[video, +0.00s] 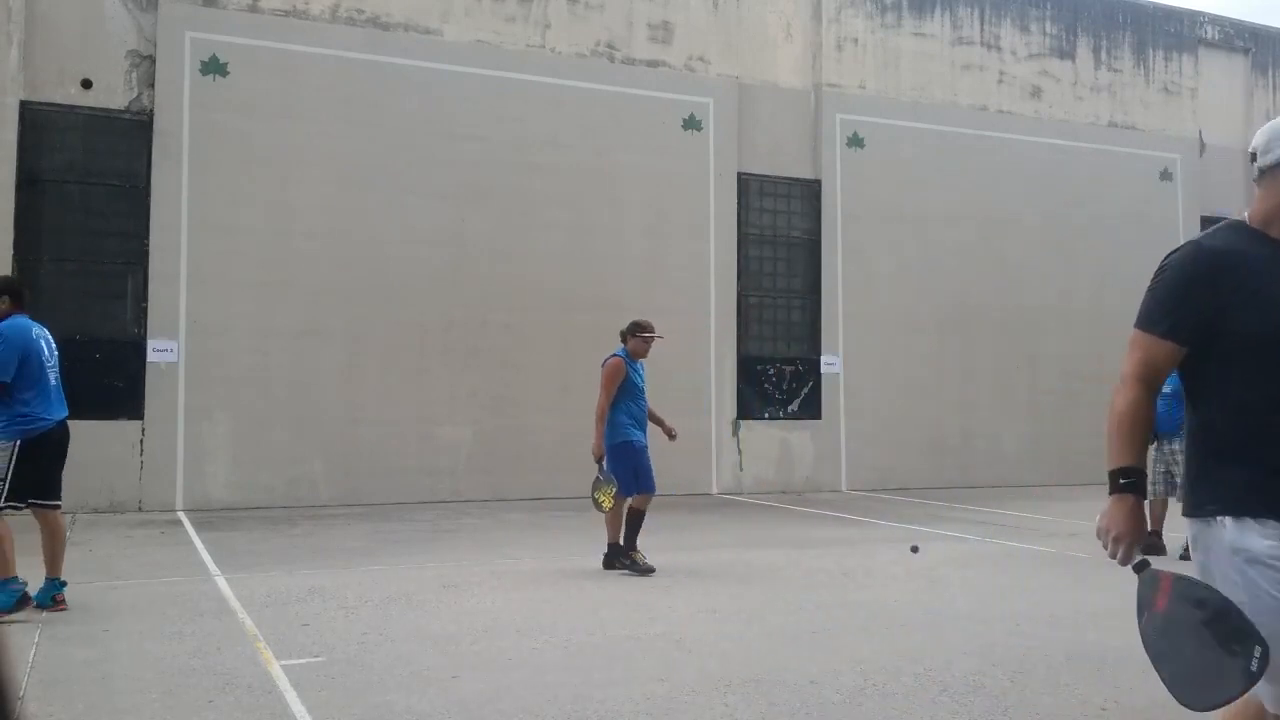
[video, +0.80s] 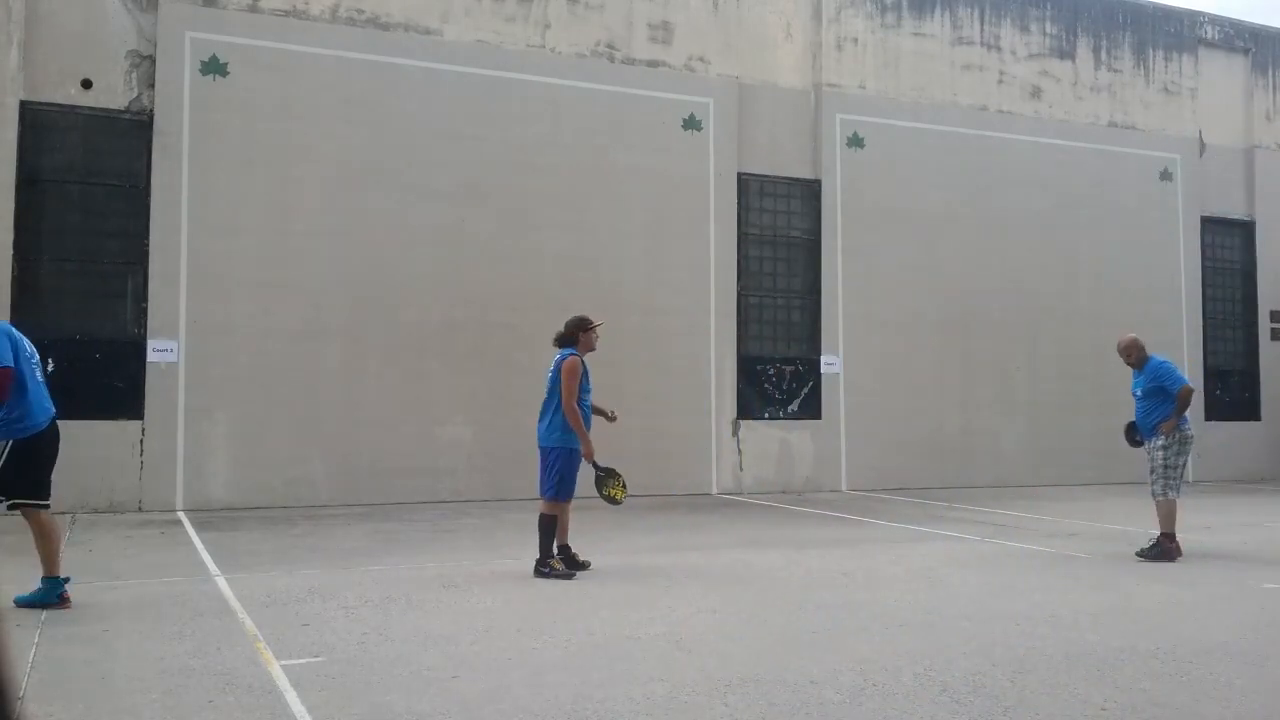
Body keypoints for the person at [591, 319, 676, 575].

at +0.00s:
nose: (649, 345)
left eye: (651, 341)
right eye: (645, 340)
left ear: (645, 343)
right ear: (630, 340)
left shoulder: (636, 365)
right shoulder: (617, 364)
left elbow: (639, 404)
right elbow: (603, 404)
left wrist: (663, 424)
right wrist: (598, 441)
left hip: (627, 437)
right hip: (626, 439)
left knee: (618, 493)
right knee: (645, 489)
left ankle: (613, 552)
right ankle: (629, 550)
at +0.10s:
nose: (638, 346)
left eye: (639, 342)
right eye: (634, 341)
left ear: (631, 343)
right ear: (618, 340)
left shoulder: (624, 365)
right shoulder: (606, 365)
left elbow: (627, 404)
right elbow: (595, 405)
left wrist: (649, 421)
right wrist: (593, 444)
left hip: (625, 442)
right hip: (615, 444)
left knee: (616, 498)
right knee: (622, 497)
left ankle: (613, 552)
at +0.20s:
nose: (626, 346)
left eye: (628, 341)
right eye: (622, 341)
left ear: (623, 343)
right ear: (607, 340)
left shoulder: (615, 365)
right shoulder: (595, 365)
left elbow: (621, 401)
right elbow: (589, 407)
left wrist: (642, 411)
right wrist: (592, 444)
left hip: (615, 444)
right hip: (600, 443)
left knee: (612, 497)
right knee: (593, 498)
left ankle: (613, 553)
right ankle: (556, 552)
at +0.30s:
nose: (615, 344)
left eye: (616, 339)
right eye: (610, 339)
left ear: (612, 343)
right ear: (593, 341)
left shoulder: (608, 366)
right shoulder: (583, 366)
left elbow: (624, 396)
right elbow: (581, 407)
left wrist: (635, 390)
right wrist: (591, 443)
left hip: (602, 443)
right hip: (583, 442)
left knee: (603, 497)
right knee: (571, 499)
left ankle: (611, 552)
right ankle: (548, 560)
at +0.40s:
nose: (606, 340)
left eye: (606, 336)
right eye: (600, 335)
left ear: (603, 339)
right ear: (584, 338)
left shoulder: (603, 362)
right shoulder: (573, 364)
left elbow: (627, 382)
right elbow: (576, 406)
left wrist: (627, 364)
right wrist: (591, 441)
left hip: (589, 444)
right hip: (570, 443)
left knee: (589, 499)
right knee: (558, 499)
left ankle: (604, 551)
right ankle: (546, 560)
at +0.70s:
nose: (597, 335)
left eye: (596, 331)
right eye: (592, 332)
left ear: (582, 336)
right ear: (579, 335)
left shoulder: (585, 361)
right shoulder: (568, 360)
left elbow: (603, 387)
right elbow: (568, 404)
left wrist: (613, 381)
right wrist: (584, 442)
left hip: (572, 440)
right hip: (557, 441)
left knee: (567, 498)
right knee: (551, 498)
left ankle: (564, 553)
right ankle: (544, 560)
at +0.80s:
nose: (597, 337)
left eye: (596, 333)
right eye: (593, 333)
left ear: (579, 336)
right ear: (580, 336)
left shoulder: (570, 360)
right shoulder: (572, 361)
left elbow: (576, 400)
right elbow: (568, 405)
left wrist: (601, 411)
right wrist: (586, 441)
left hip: (567, 441)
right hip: (558, 441)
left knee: (564, 498)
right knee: (552, 499)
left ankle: (563, 552)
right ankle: (544, 560)